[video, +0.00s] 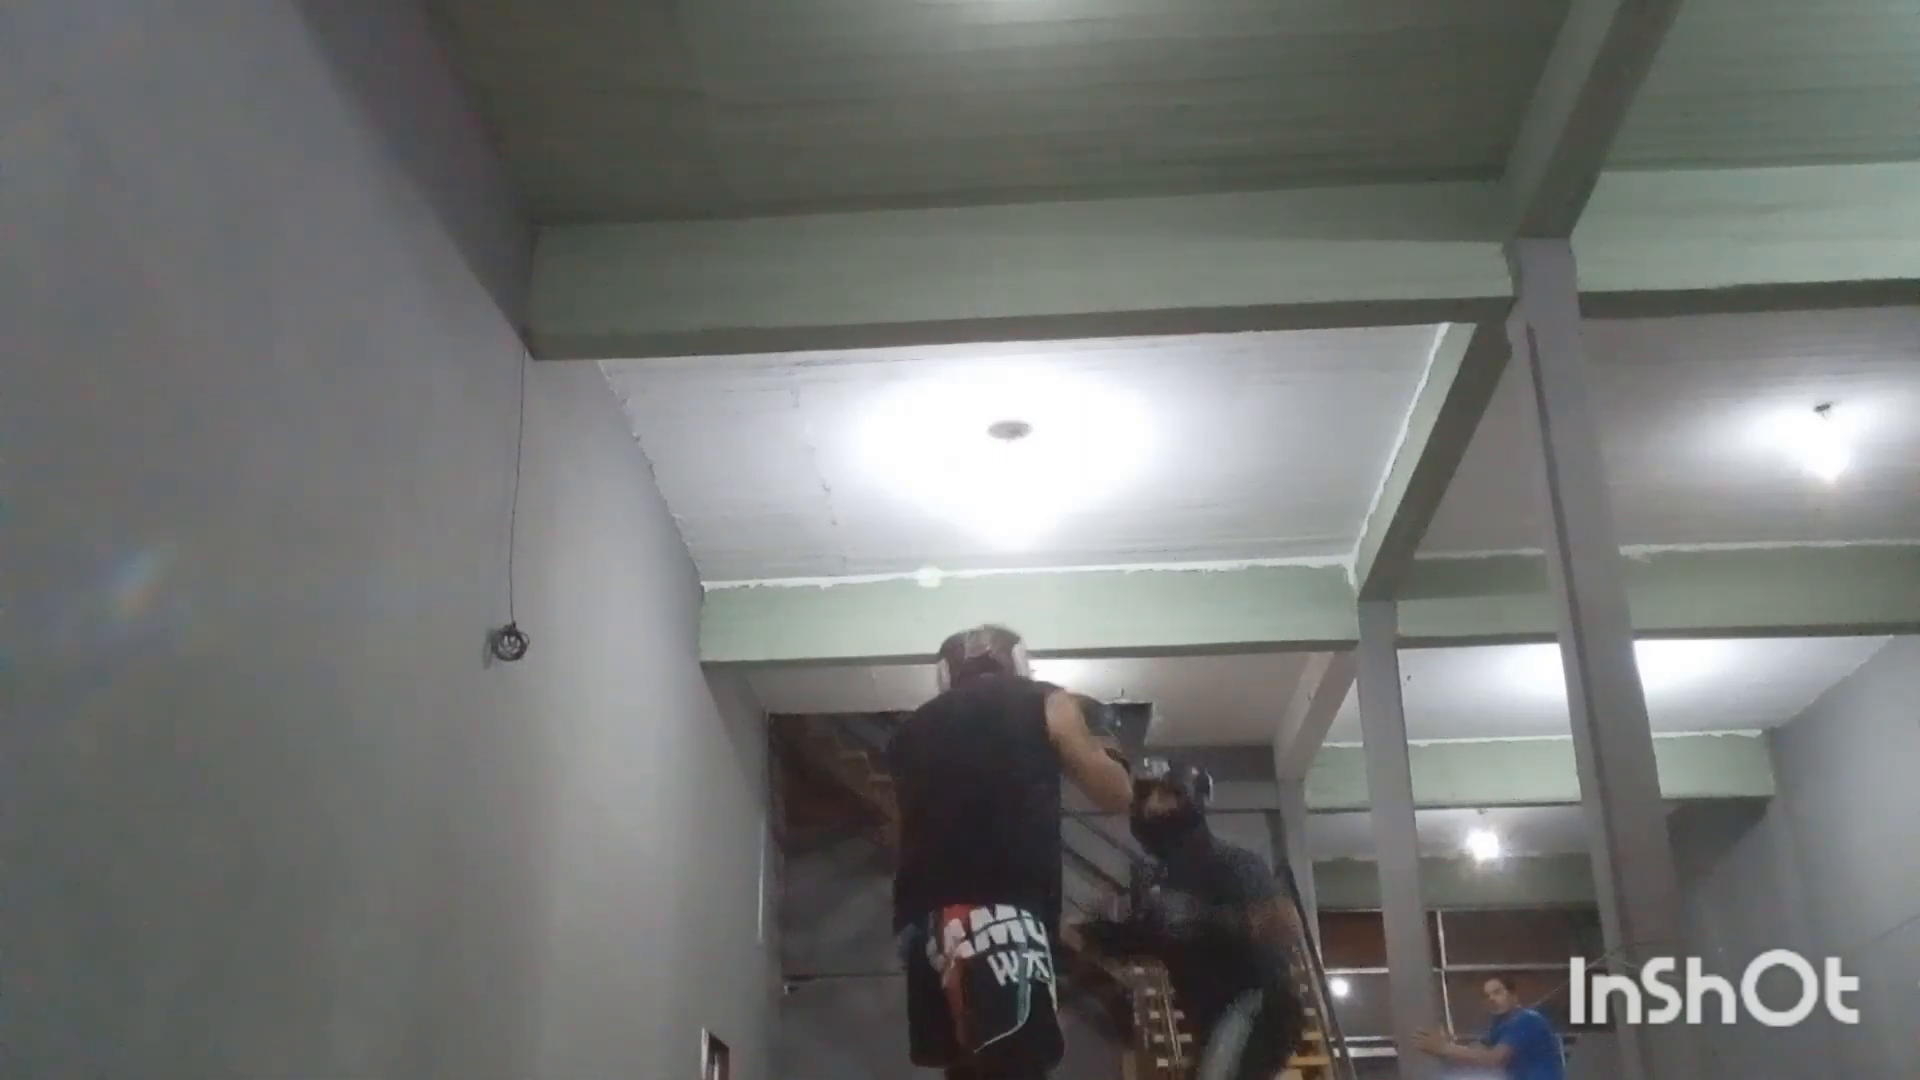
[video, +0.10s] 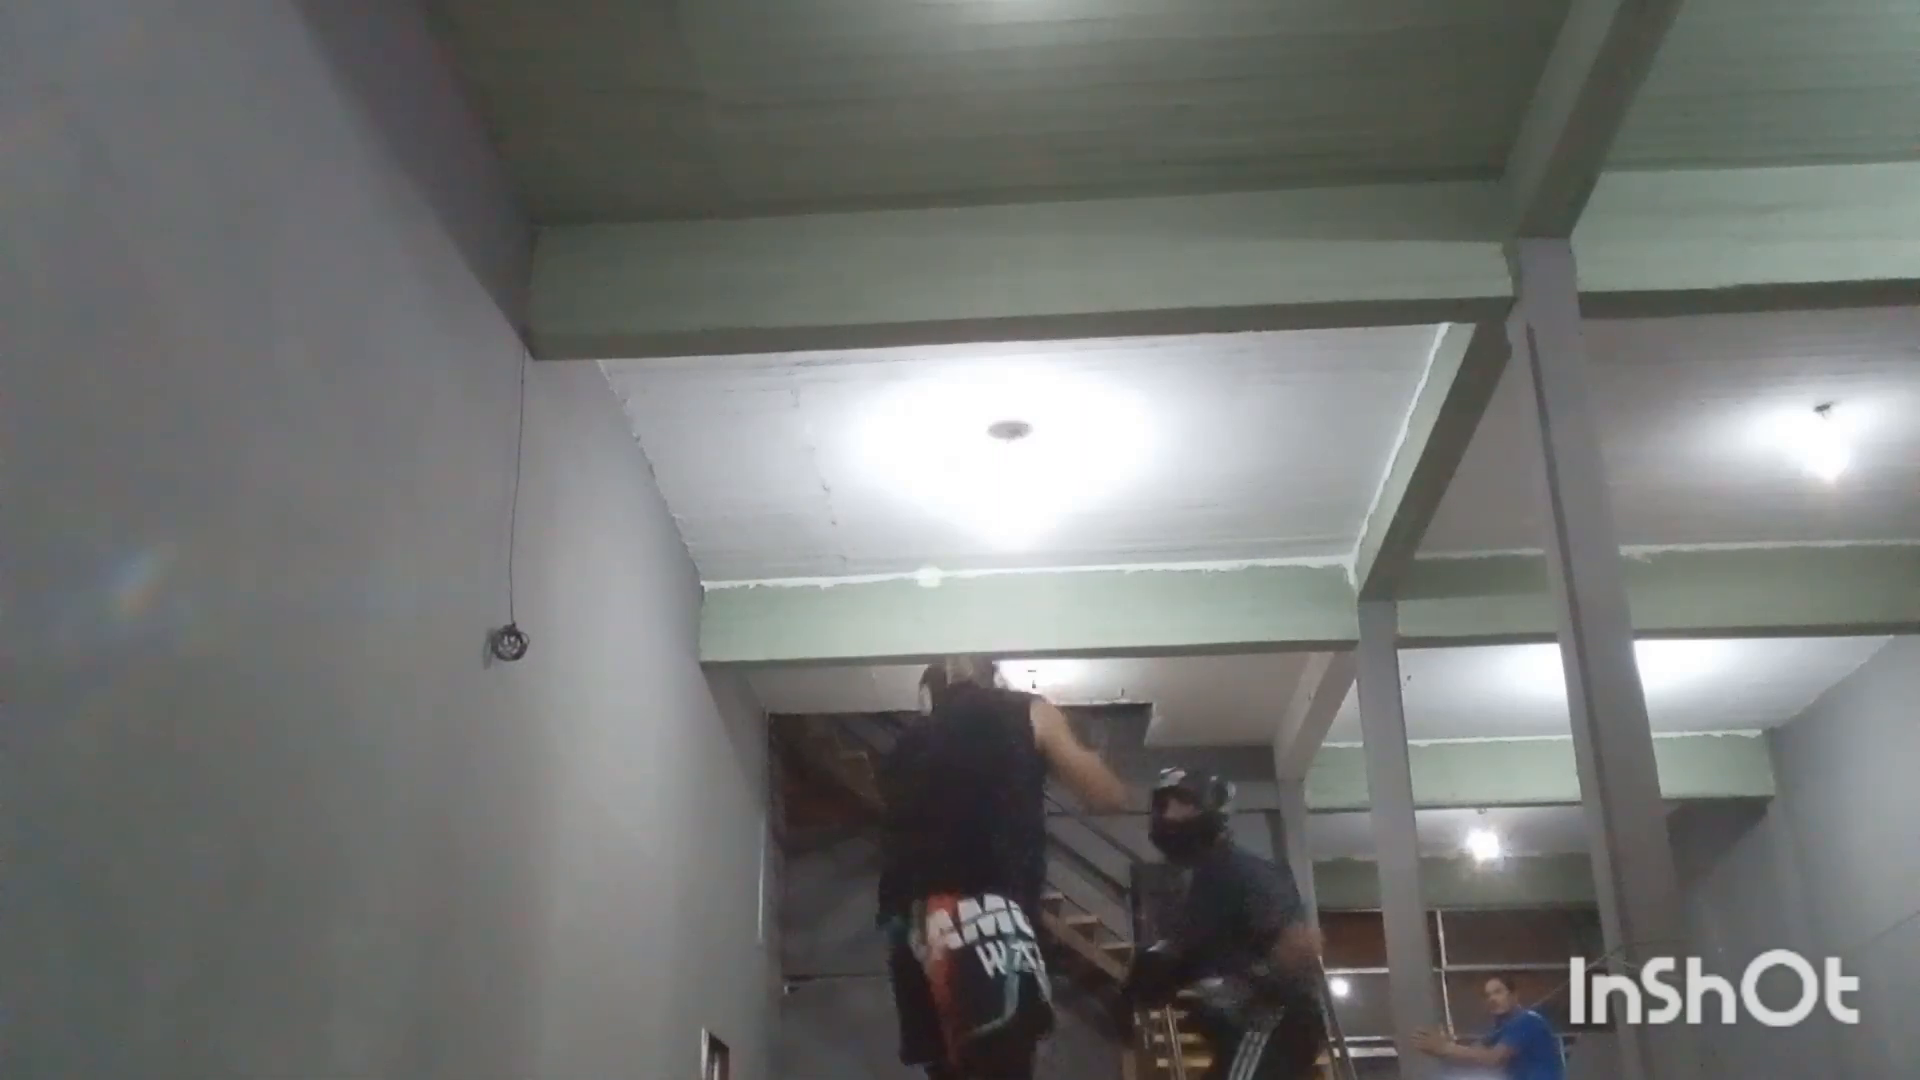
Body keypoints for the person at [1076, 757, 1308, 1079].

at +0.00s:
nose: (1153, 808)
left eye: (1168, 795)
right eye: (1145, 796)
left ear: (1195, 802)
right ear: (1134, 807)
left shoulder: (1240, 866)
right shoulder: (1147, 873)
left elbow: (1282, 932)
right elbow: (1152, 938)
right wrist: (1091, 935)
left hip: (1252, 998)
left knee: (1215, 1069)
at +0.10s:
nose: (1168, 816)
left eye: (1184, 803)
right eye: (1162, 805)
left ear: (1211, 810)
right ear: (1153, 811)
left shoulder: (1253, 874)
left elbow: (1297, 952)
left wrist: (1238, 989)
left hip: (1278, 1015)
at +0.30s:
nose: (1214, 797)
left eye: (1226, 781)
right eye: (1207, 785)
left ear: (1255, 786)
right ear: (1200, 794)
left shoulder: (1298, 834)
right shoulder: (1230, 860)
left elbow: (1370, 875)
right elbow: (1225, 941)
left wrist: (1327, 936)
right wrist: (1206, 915)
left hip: (1326, 991)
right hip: (1285, 997)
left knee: (1282, 1073)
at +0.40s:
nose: (1234, 805)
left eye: (1246, 792)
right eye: (1227, 794)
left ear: (1272, 794)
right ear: (1220, 803)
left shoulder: (1316, 841)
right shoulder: (1247, 868)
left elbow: (1391, 880)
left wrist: (1359, 934)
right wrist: (1237, 933)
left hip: (1345, 997)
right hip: (1301, 1001)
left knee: (1311, 1072)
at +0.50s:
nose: (1247, 838)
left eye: (1259, 826)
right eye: (1242, 828)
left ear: (1287, 828)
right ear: (1234, 835)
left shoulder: (1327, 878)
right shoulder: (1269, 893)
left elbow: (1401, 928)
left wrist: (1346, 972)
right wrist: (1248, 965)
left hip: (1375, 1022)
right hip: (1327, 1030)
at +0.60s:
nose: (1249, 835)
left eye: (1262, 822)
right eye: (1244, 824)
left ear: (1289, 826)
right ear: (1236, 833)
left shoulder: (1326, 876)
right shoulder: (1275, 889)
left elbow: (1394, 930)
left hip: (1378, 1016)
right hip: (1336, 1022)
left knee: (1343, 1073)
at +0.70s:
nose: (1241, 793)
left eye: (1254, 781)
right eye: (1232, 783)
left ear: (1281, 782)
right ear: (1225, 792)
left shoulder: (1318, 827)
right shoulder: (1263, 855)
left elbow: (1381, 870)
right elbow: (1269, 936)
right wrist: (1234, 906)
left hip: (1355, 985)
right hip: (1314, 991)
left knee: (1327, 1072)